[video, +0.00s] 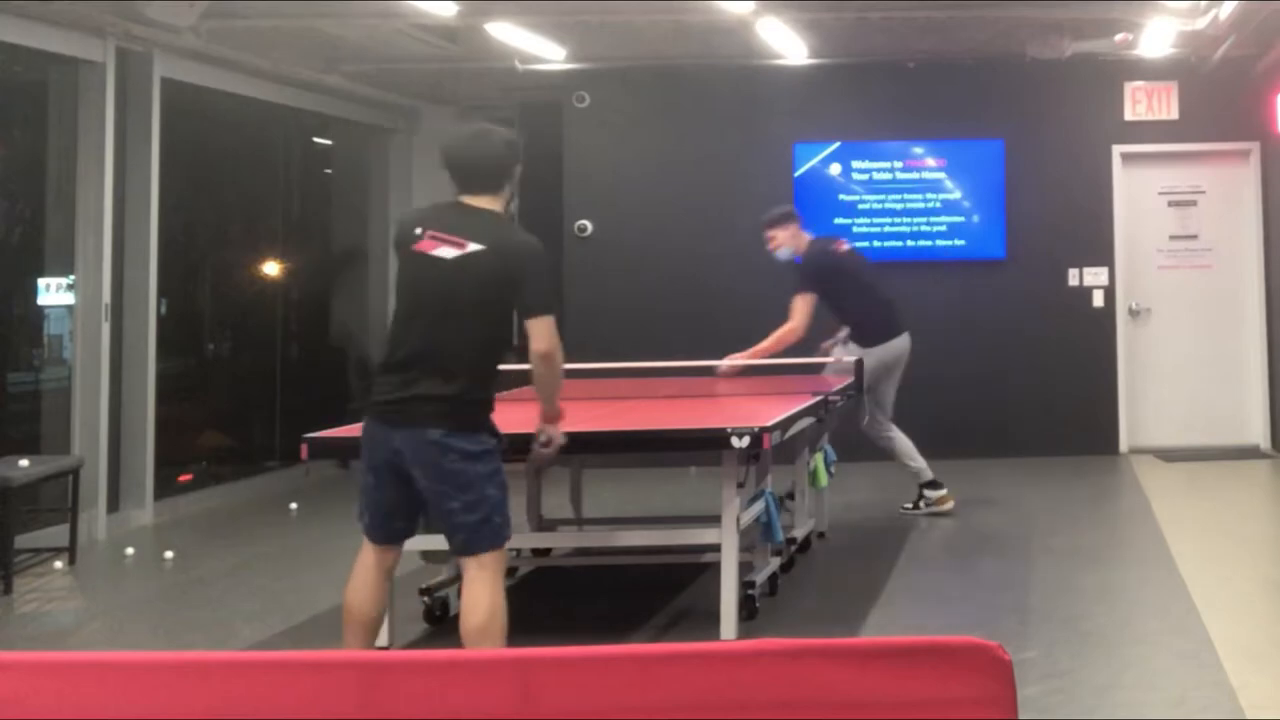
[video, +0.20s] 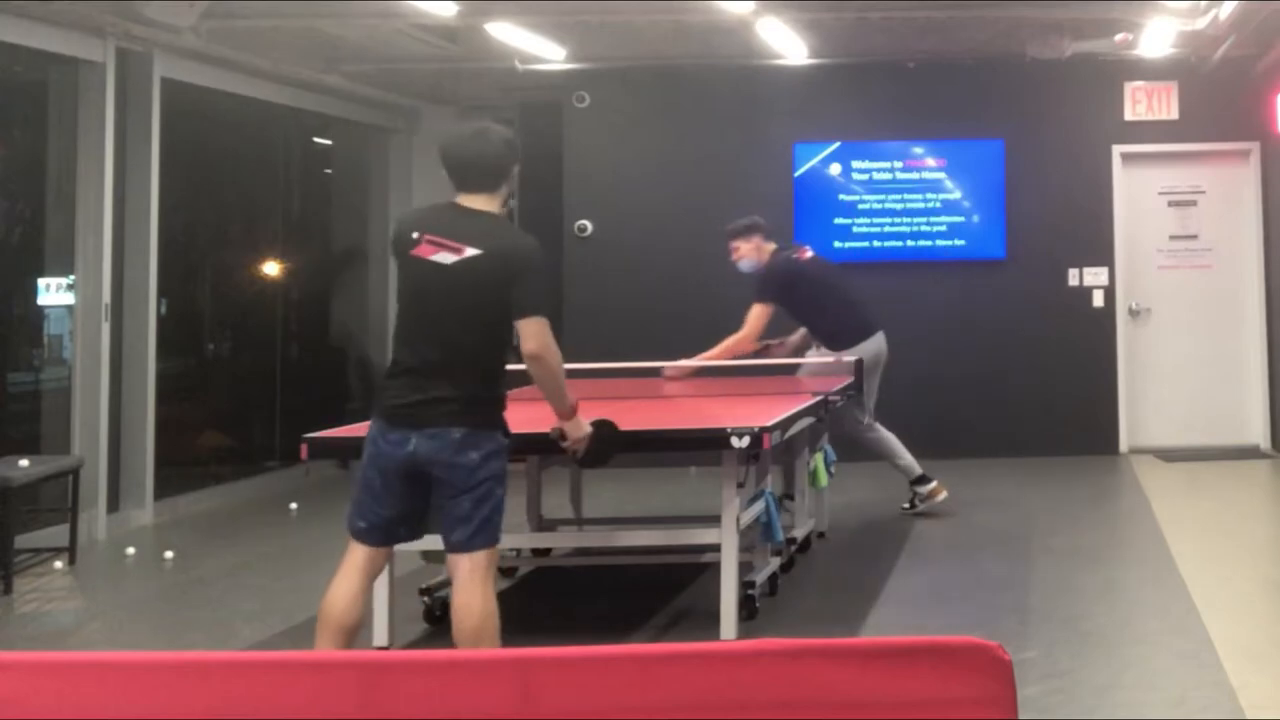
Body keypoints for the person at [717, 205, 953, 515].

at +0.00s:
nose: (770, 245)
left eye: (774, 237)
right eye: (767, 239)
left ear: (795, 229)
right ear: (798, 232)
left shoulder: (810, 262)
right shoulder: (833, 248)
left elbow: (796, 328)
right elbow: (866, 301)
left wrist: (745, 357)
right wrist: (838, 339)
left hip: (868, 347)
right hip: (896, 341)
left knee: (816, 412)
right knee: (877, 423)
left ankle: (800, 493)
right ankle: (932, 488)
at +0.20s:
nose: (734, 256)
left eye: (738, 248)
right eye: (731, 250)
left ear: (760, 241)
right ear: (762, 243)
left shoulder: (772, 272)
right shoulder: (798, 255)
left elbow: (748, 339)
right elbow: (828, 308)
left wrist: (693, 363)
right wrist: (791, 342)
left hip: (841, 354)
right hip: (873, 344)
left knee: (797, 422)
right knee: (861, 422)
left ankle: (789, 500)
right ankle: (924, 484)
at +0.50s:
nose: (725, 237)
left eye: (730, 229)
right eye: (725, 230)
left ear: (754, 229)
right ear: (756, 231)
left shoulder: (756, 262)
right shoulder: (787, 253)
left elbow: (711, 316)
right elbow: (790, 319)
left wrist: (658, 350)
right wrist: (739, 326)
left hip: (821, 356)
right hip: (853, 347)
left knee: (783, 427)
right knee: (851, 424)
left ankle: (784, 501)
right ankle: (918, 483)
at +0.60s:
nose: (739, 221)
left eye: (748, 214)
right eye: (739, 215)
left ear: (771, 219)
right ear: (765, 220)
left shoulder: (767, 252)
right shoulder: (795, 248)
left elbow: (711, 291)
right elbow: (785, 314)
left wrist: (649, 313)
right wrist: (735, 308)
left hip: (823, 356)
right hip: (845, 349)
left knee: (781, 432)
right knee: (849, 425)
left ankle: (785, 507)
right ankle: (917, 477)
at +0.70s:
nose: (758, 209)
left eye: (766, 203)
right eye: (759, 203)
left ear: (787, 208)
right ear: (788, 211)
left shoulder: (779, 240)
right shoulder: (810, 243)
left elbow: (716, 260)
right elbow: (792, 306)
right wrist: (739, 296)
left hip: (814, 354)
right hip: (846, 350)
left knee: (784, 427)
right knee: (847, 426)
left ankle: (784, 502)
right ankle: (917, 475)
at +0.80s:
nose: (771, 205)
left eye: (779, 200)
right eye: (772, 199)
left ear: (800, 206)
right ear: (802, 210)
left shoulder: (790, 233)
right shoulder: (821, 243)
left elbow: (721, 233)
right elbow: (799, 303)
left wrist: (668, 201)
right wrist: (744, 291)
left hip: (816, 352)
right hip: (850, 349)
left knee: (784, 429)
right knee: (847, 426)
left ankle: (791, 520)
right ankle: (918, 476)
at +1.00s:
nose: (808, 192)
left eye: (817, 187)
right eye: (811, 187)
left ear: (836, 198)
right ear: (834, 200)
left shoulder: (825, 227)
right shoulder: (848, 239)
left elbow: (763, 211)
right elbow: (822, 302)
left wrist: (717, 173)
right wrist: (766, 302)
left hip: (835, 345)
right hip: (868, 344)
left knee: (796, 420)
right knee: (874, 422)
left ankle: (790, 502)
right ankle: (935, 486)